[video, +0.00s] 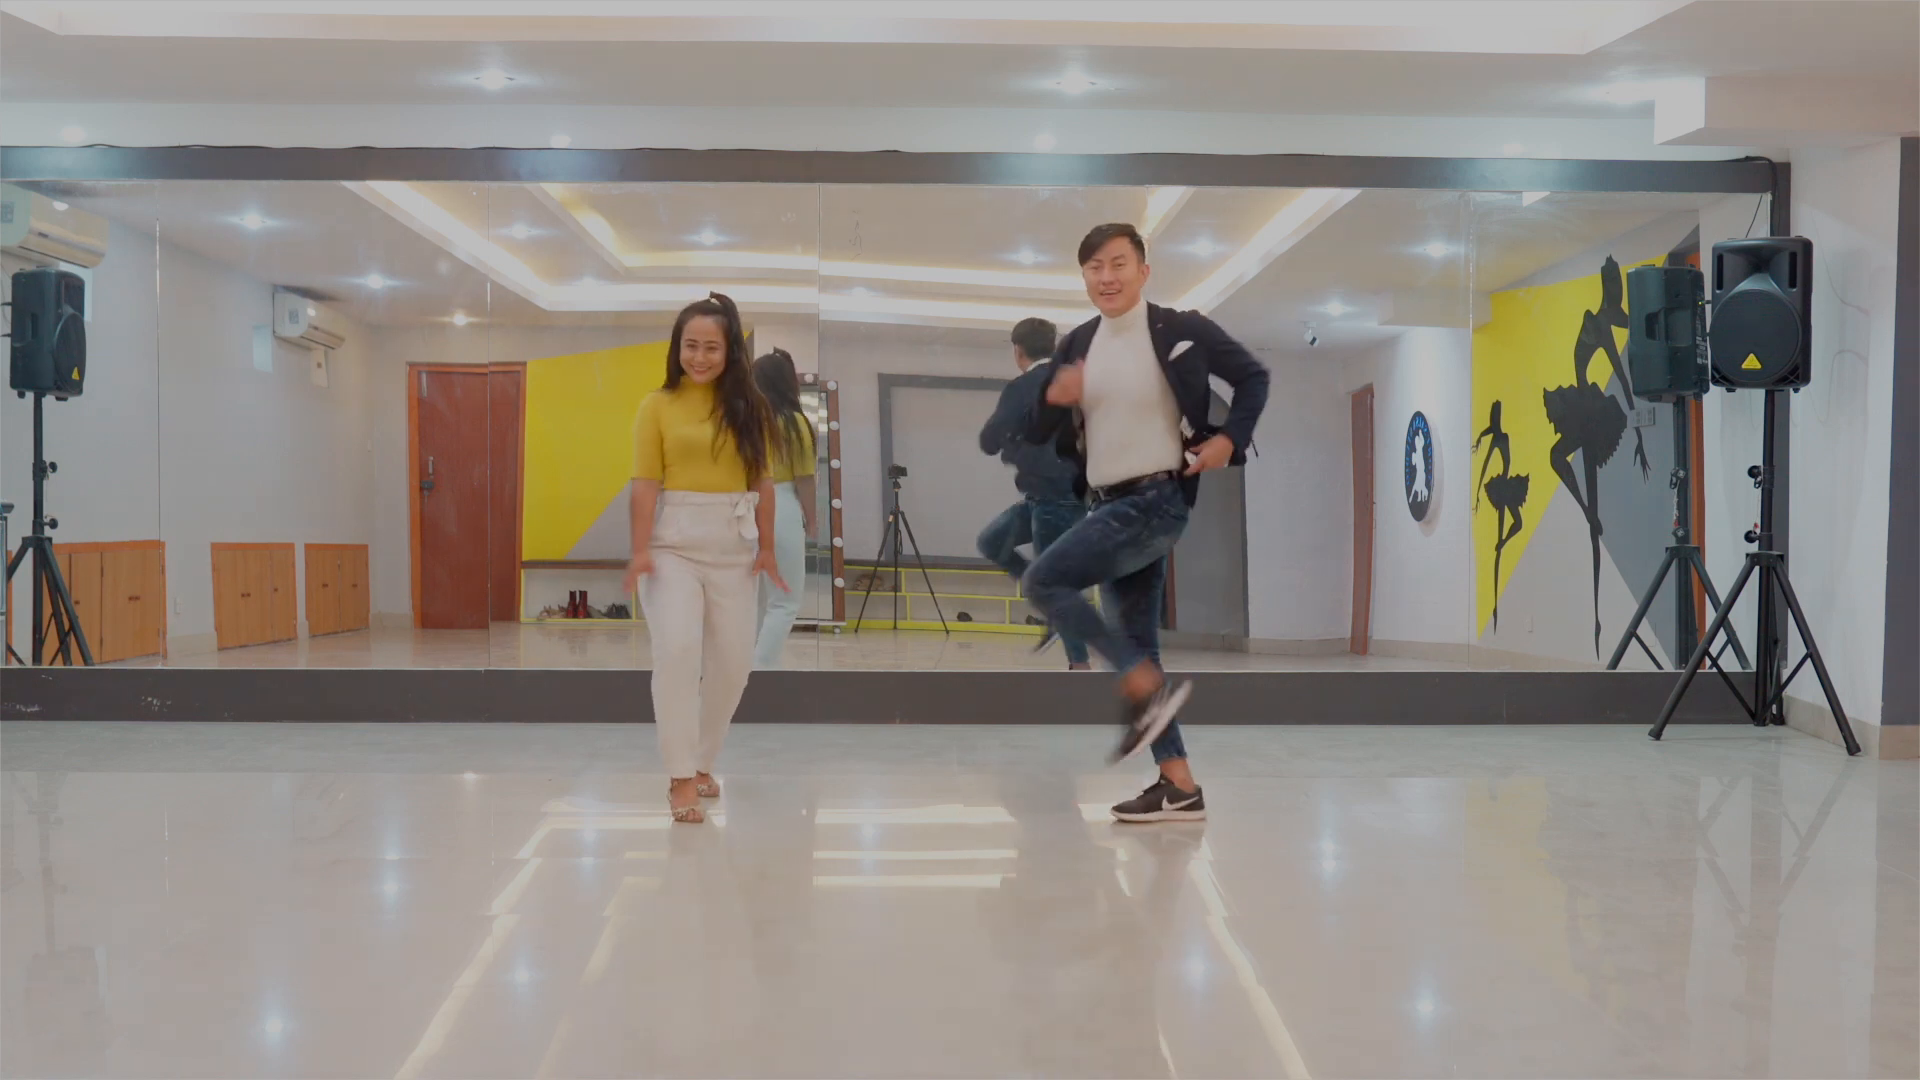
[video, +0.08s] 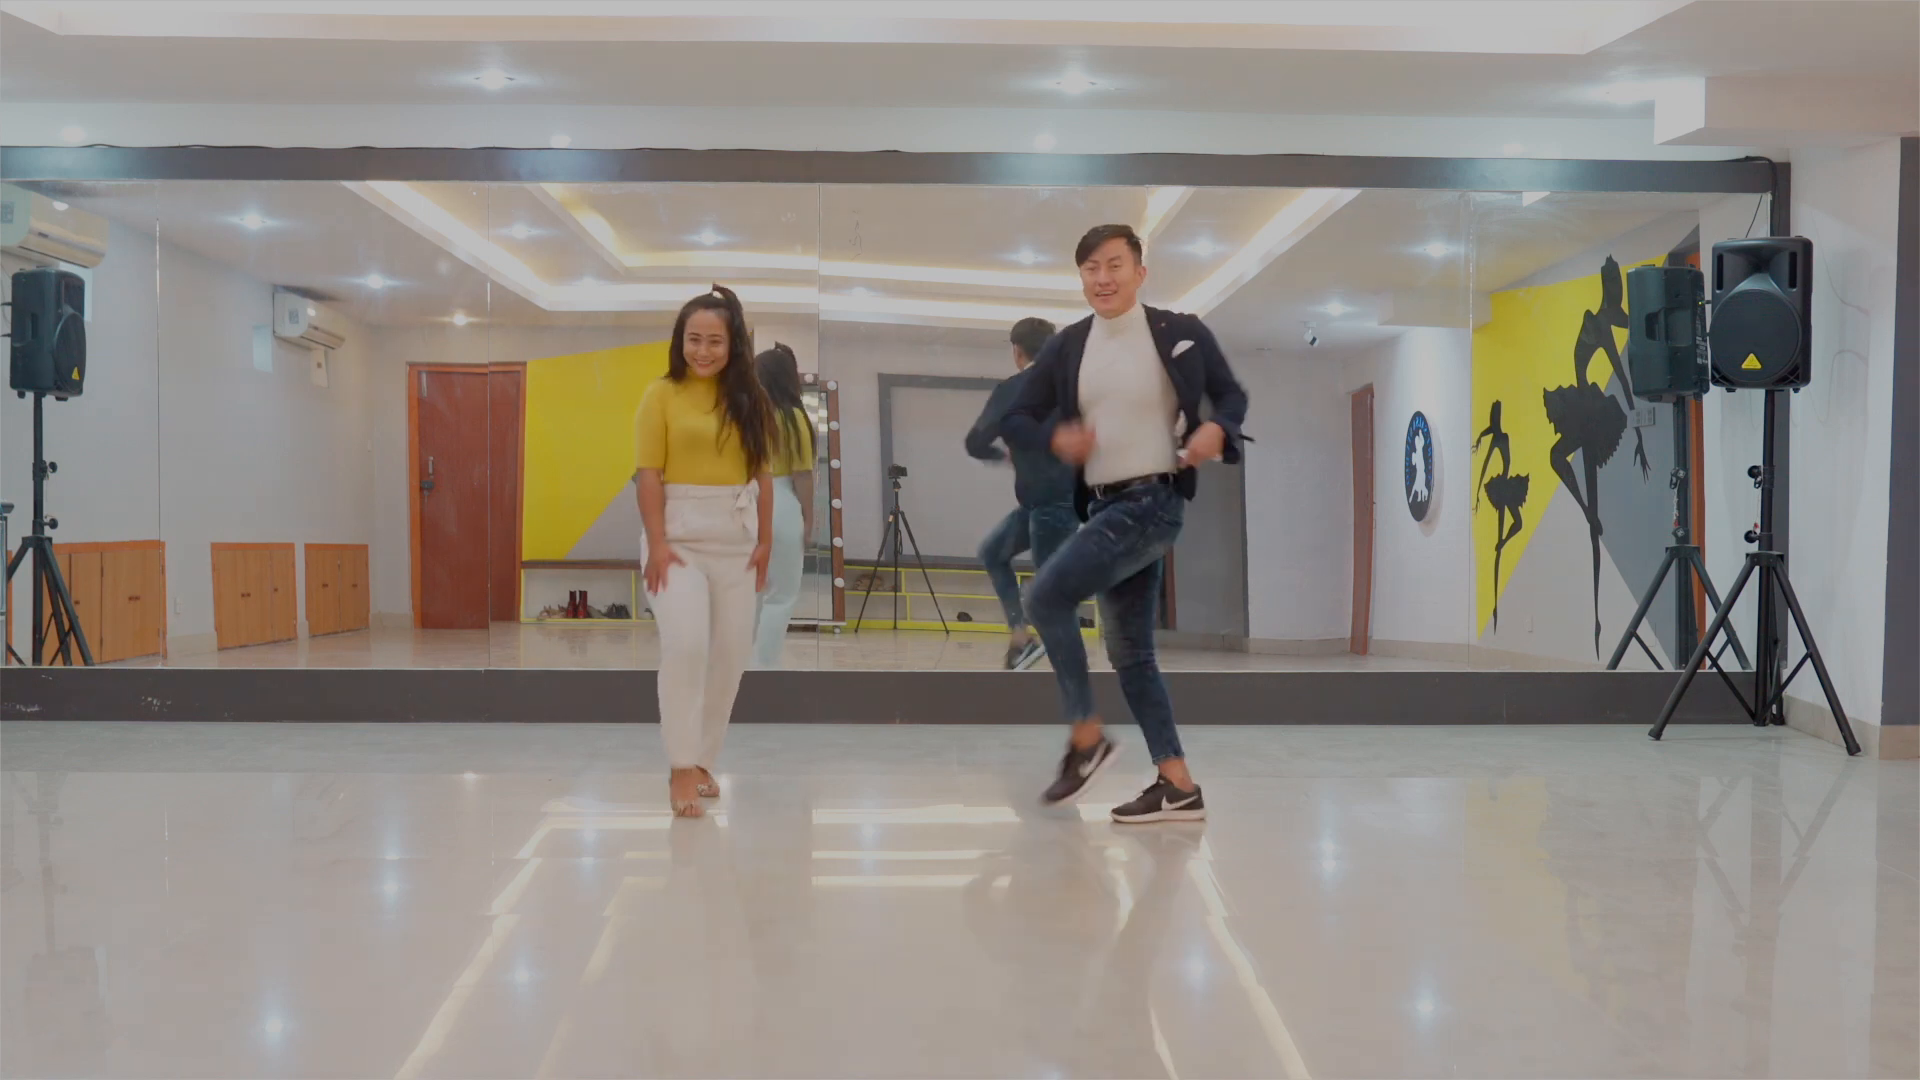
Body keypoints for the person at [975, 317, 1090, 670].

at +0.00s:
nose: (1012, 355)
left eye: (1013, 349)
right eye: (1013, 349)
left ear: (1019, 352)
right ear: (1052, 346)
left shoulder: (1022, 388)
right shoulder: (1073, 377)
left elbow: (989, 441)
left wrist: (1011, 420)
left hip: (1052, 501)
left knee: (1055, 582)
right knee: (991, 543)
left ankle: (1079, 663)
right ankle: (1052, 605)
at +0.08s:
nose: (1013, 356)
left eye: (1013, 350)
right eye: (1015, 350)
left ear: (1019, 352)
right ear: (1052, 351)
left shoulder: (1012, 390)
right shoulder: (1069, 381)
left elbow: (976, 444)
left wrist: (1005, 454)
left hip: (1049, 505)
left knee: (1053, 591)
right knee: (993, 553)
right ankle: (1020, 633)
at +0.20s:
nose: (1008, 356)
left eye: (1008, 350)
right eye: (1010, 350)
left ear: (1012, 349)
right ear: (1047, 347)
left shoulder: (1005, 386)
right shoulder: (1067, 375)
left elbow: (953, 436)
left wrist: (973, 480)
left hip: (1037, 491)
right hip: (1080, 486)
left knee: (1032, 575)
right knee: (1033, 570)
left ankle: (1074, 654)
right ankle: (1029, 649)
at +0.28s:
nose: (999, 357)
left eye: (1002, 349)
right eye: (1004, 349)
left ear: (1005, 350)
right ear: (1037, 345)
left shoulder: (1000, 380)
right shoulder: (1056, 374)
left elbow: (957, 420)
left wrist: (975, 471)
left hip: (1036, 501)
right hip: (1073, 499)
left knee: (1012, 587)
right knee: (1047, 583)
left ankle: (1072, 647)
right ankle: (1031, 661)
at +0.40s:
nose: (988, 364)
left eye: (989, 359)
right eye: (988, 359)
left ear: (996, 361)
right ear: (1029, 358)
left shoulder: (1000, 391)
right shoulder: (1048, 385)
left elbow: (986, 438)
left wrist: (979, 468)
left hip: (1023, 497)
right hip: (1061, 493)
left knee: (1026, 580)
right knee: (1046, 579)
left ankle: (1057, 643)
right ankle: (1027, 658)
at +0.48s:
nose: (986, 366)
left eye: (987, 359)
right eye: (986, 359)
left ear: (993, 361)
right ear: (1025, 359)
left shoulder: (999, 395)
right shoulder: (1041, 388)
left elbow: (1001, 460)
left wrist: (974, 457)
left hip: (1022, 493)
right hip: (1054, 490)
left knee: (1032, 586)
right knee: (1034, 579)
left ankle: (1074, 657)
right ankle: (1020, 657)